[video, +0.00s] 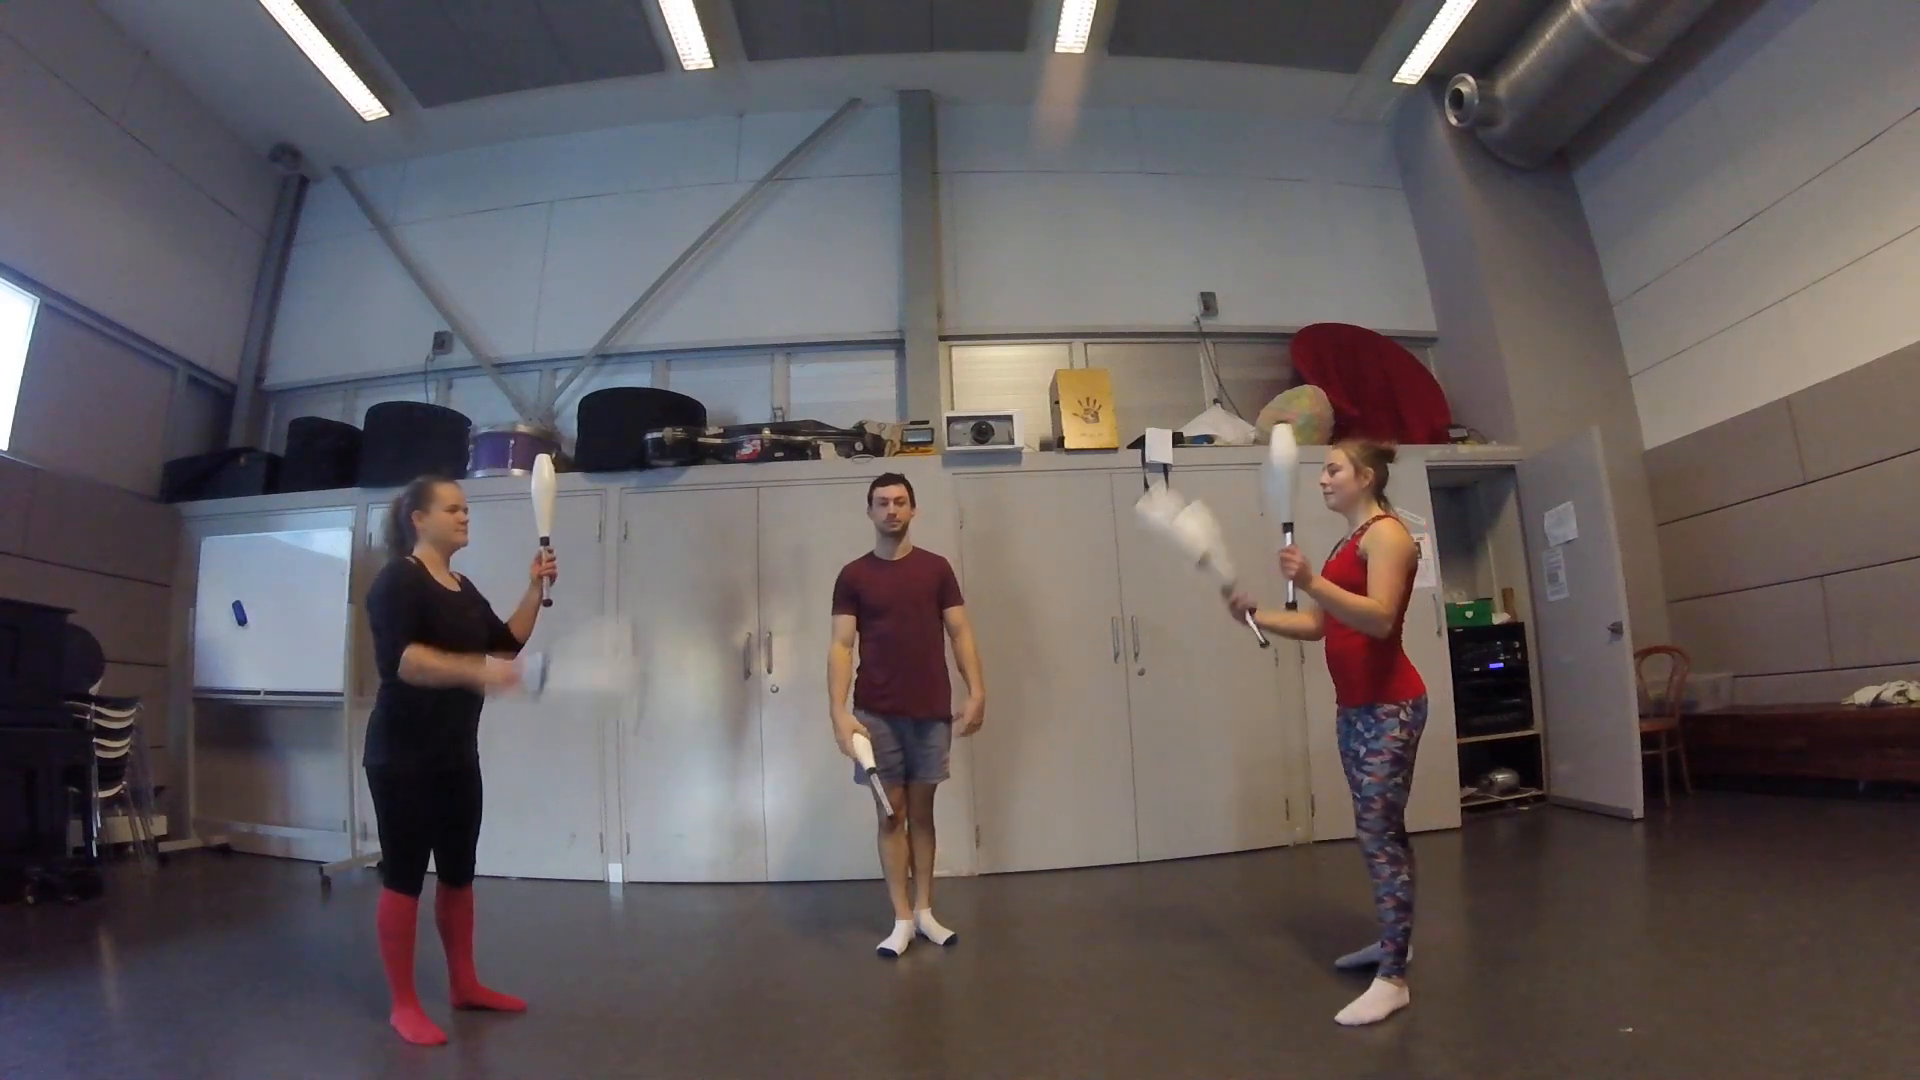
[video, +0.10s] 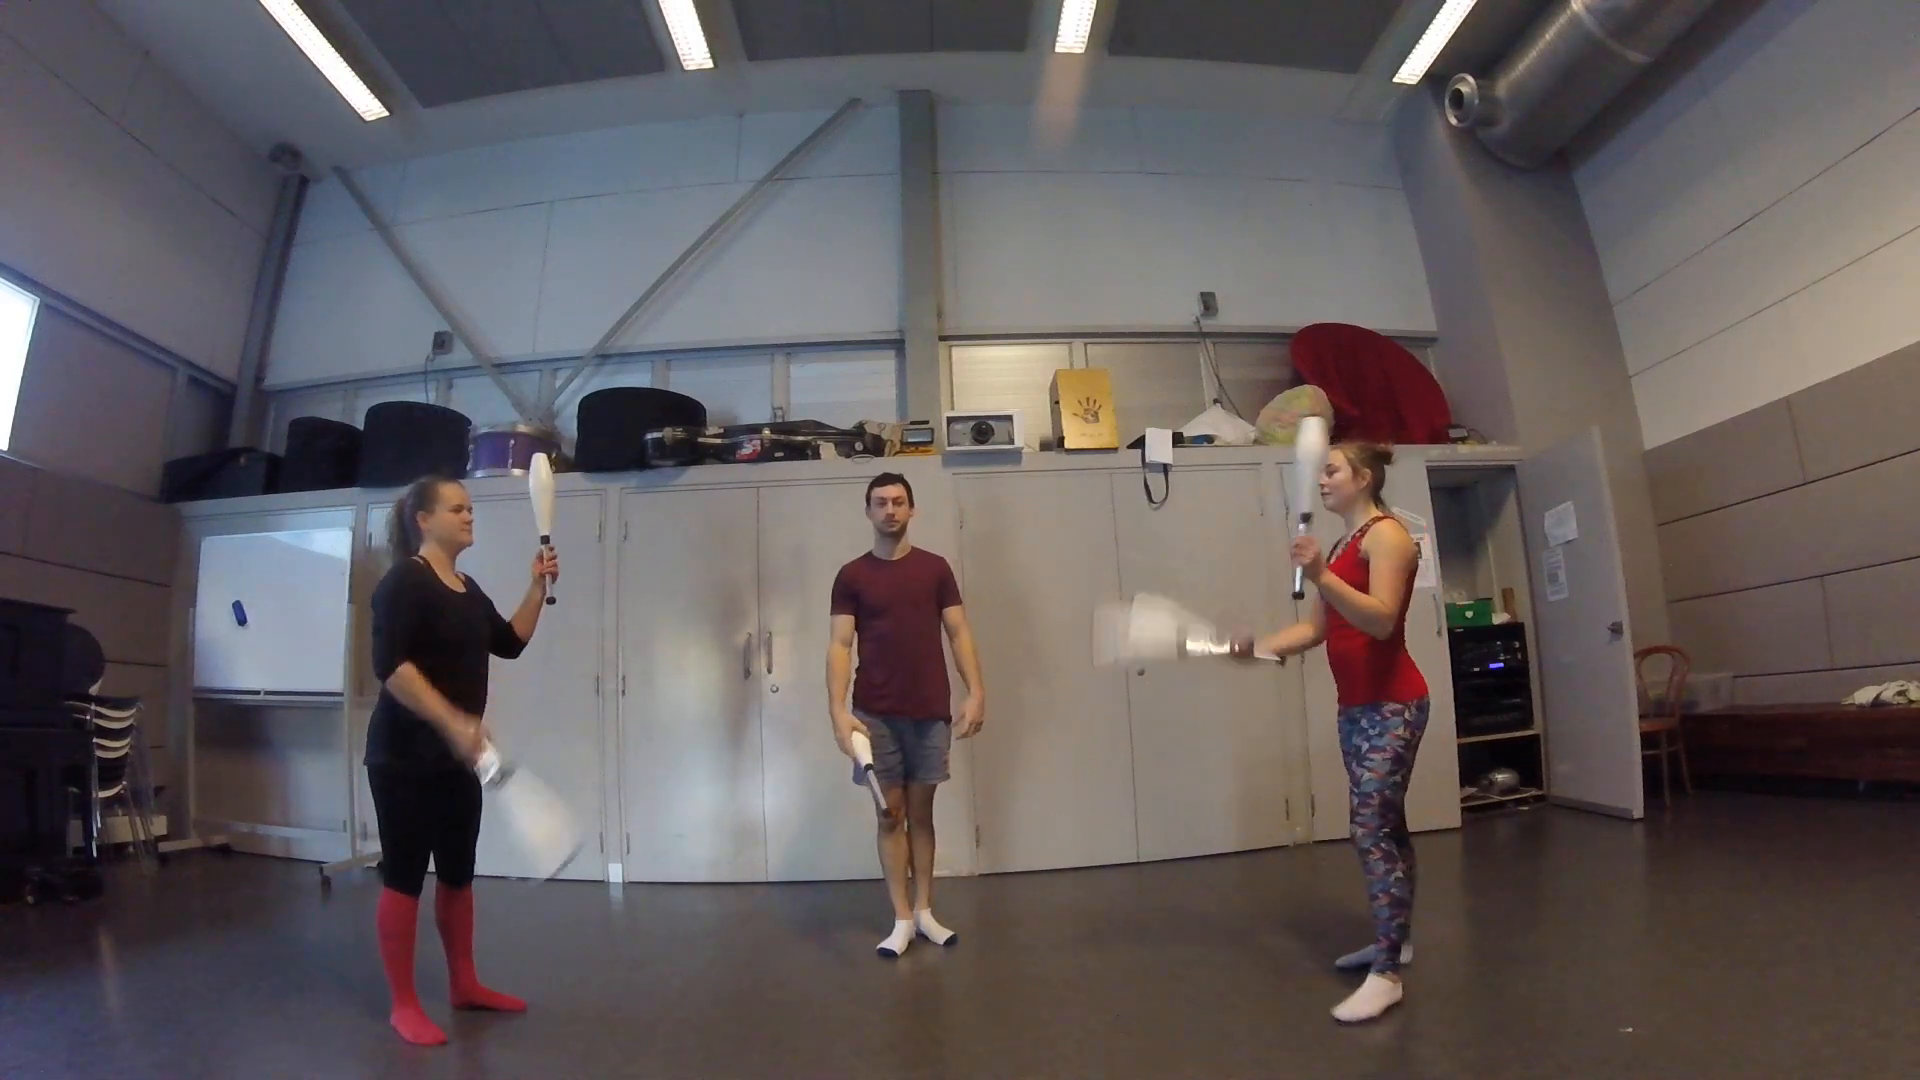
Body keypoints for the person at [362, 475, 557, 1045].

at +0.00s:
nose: (465, 519)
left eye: (465, 510)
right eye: (454, 510)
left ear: (458, 522)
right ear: (417, 519)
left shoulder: (462, 586)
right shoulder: (395, 582)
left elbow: (505, 645)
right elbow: (400, 660)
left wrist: (536, 590)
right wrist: (481, 671)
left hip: (457, 748)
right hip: (402, 751)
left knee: (457, 871)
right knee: (403, 875)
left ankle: (465, 986)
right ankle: (404, 1005)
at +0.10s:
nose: (469, 518)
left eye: (470, 510)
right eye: (458, 510)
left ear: (463, 523)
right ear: (422, 520)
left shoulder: (467, 587)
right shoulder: (401, 584)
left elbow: (508, 644)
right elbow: (391, 669)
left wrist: (538, 587)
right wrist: (455, 723)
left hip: (461, 749)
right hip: (405, 751)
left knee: (457, 872)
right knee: (404, 876)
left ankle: (465, 986)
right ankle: (404, 1006)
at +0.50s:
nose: (476, 519)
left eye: (476, 510)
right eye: (465, 510)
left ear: (467, 521)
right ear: (429, 520)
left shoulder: (468, 585)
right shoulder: (415, 583)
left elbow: (492, 656)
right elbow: (434, 661)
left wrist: (549, 625)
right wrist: (513, 691)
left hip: (462, 750)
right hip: (412, 753)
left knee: (459, 869)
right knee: (408, 873)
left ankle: (466, 987)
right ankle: (404, 1006)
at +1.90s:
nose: (459, 515)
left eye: (459, 507)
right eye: (446, 507)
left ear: (457, 518)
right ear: (412, 519)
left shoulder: (470, 588)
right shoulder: (394, 579)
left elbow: (504, 657)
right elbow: (379, 665)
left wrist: (540, 622)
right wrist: (435, 712)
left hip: (465, 750)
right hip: (410, 750)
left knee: (465, 871)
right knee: (410, 875)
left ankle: (466, 988)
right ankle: (408, 1011)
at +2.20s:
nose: (459, 515)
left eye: (460, 507)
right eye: (447, 507)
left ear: (456, 518)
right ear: (413, 518)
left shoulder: (464, 588)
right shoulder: (394, 583)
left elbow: (482, 661)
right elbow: (404, 666)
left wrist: (536, 674)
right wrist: (487, 694)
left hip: (463, 754)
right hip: (409, 757)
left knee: (460, 874)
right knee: (410, 878)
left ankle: (465, 988)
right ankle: (408, 1012)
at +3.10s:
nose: (461, 515)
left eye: (460, 506)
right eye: (449, 508)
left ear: (455, 522)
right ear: (417, 522)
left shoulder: (470, 594)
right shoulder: (405, 581)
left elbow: (509, 661)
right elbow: (424, 647)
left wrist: (571, 699)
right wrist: (511, 631)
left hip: (468, 755)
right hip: (419, 757)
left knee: (464, 875)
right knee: (422, 878)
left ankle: (465, 987)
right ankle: (409, 1010)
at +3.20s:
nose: (464, 516)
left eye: (463, 508)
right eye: (451, 509)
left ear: (459, 522)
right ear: (418, 523)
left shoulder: (469, 591)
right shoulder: (406, 579)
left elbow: (505, 665)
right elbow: (447, 626)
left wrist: (557, 715)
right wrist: (516, 582)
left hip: (468, 752)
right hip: (417, 755)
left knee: (464, 875)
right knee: (420, 879)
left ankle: (466, 989)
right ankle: (410, 1011)